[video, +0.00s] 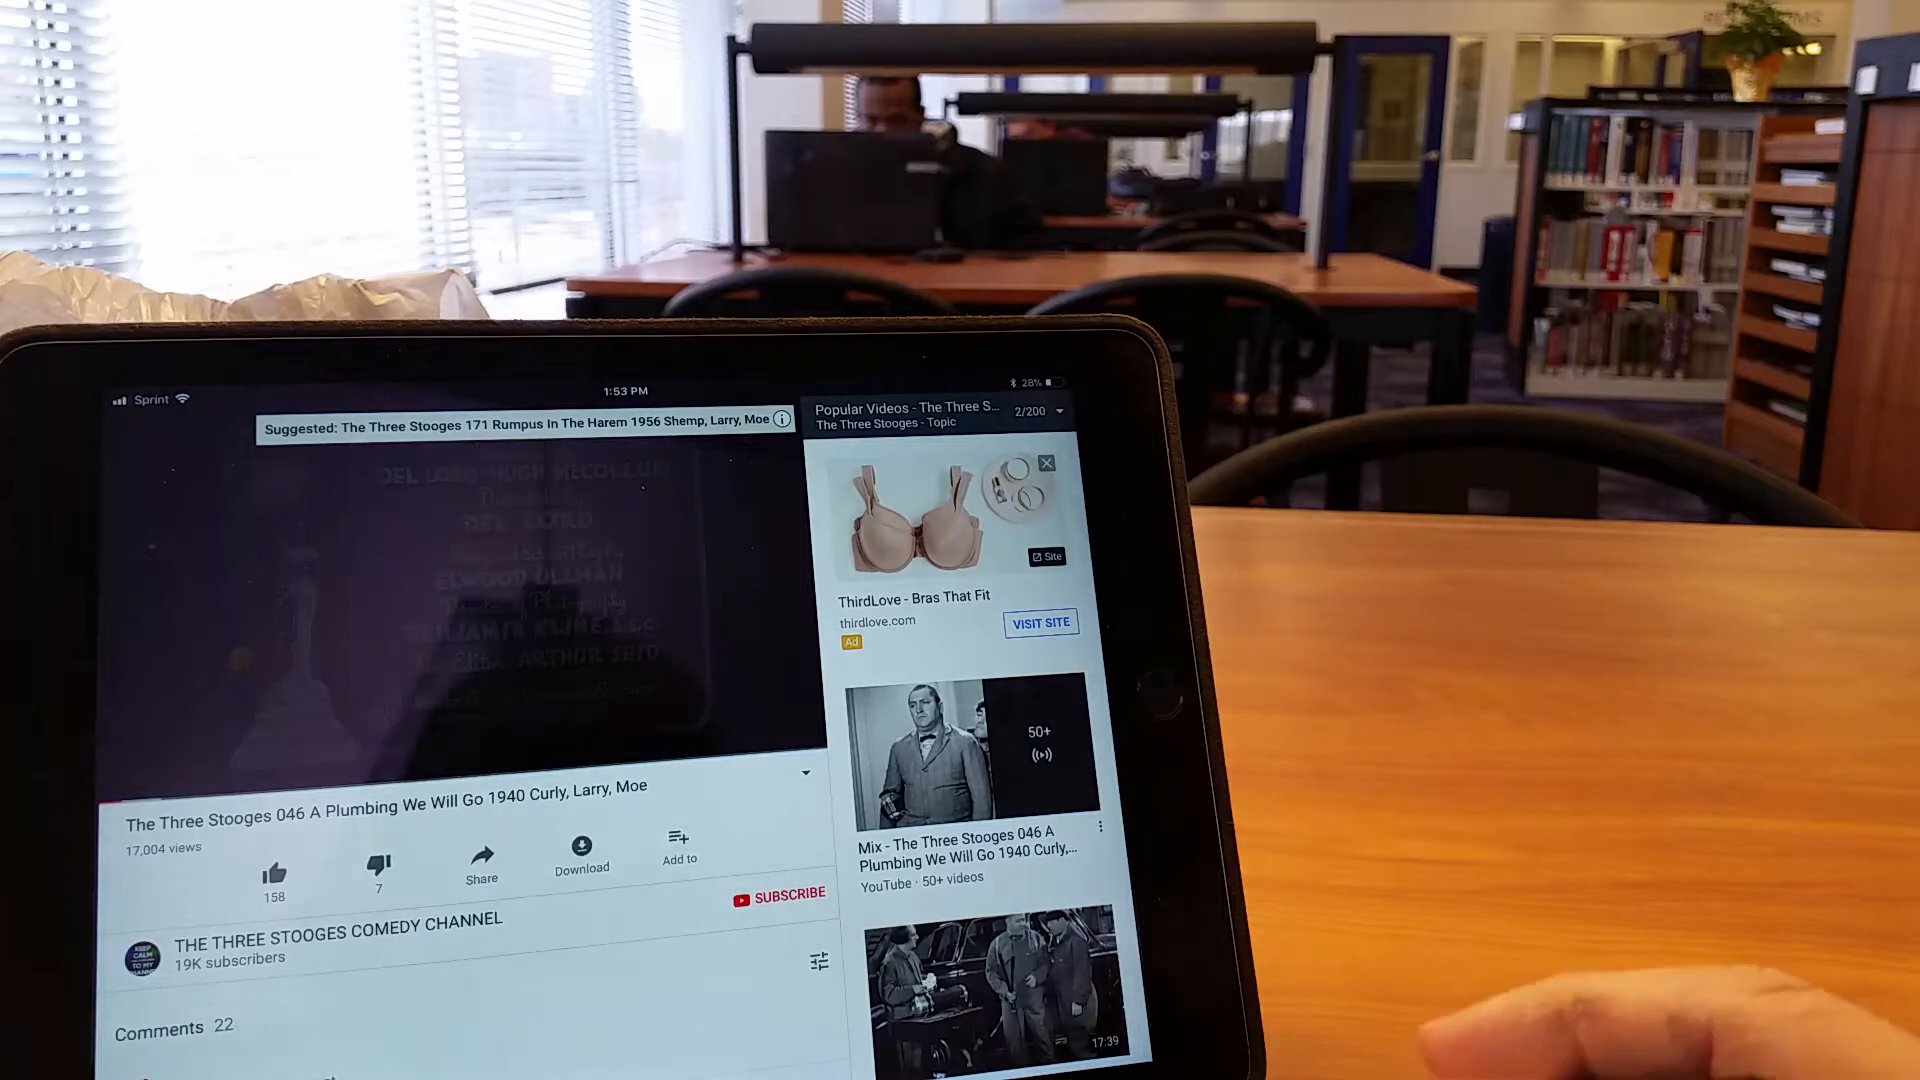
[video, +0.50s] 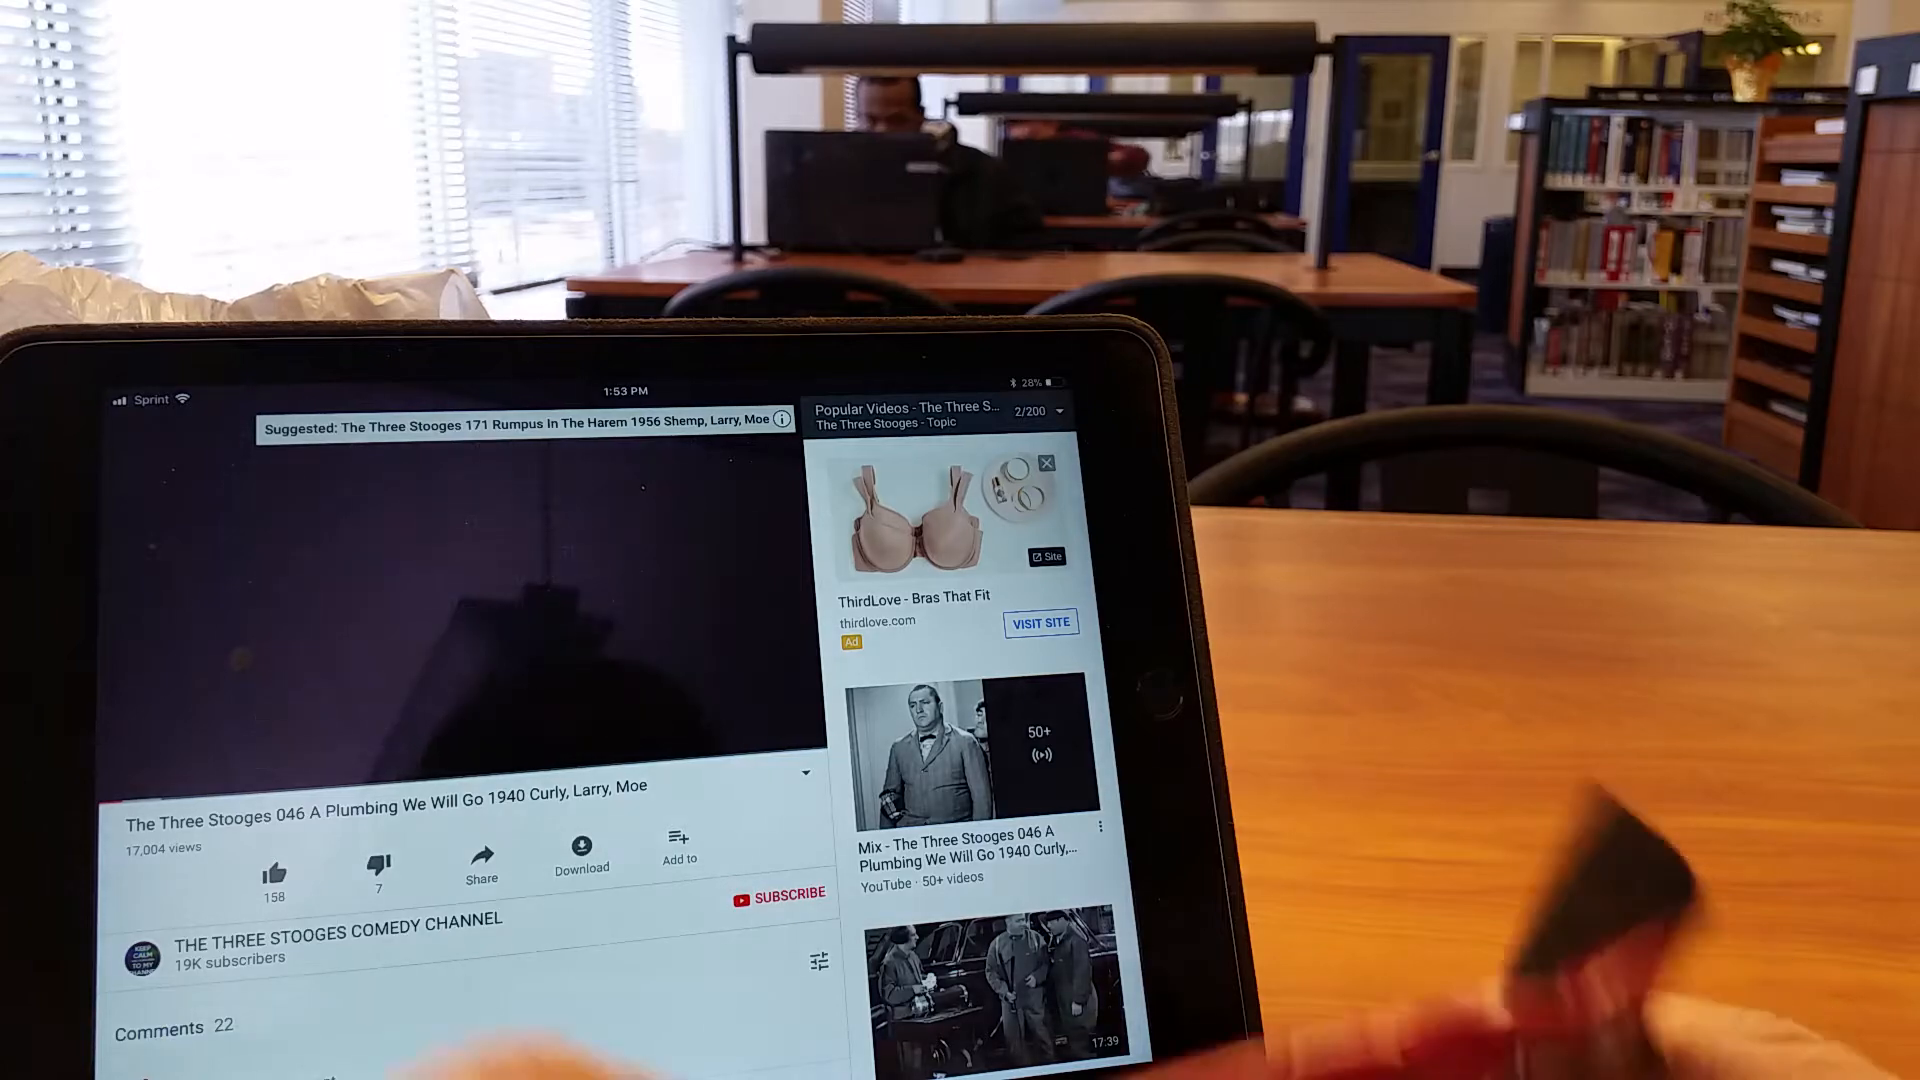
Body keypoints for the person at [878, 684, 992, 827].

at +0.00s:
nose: (919, 709)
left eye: (925, 703)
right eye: (913, 705)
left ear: (940, 707)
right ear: (909, 711)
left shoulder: (964, 742)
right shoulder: (899, 748)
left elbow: (981, 796)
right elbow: (890, 795)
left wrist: (979, 835)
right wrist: (886, 838)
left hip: (956, 832)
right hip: (911, 835)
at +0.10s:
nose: (919, 709)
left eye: (925, 703)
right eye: (913, 705)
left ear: (940, 707)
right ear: (909, 711)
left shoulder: (964, 742)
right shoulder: (899, 748)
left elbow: (981, 796)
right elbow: (890, 795)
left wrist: (979, 834)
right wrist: (886, 838)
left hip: (956, 832)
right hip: (911, 835)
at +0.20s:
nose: (919, 709)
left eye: (925, 703)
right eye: (913, 705)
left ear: (940, 707)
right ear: (909, 711)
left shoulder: (964, 742)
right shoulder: (899, 748)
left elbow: (981, 796)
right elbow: (890, 795)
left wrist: (979, 834)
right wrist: (886, 838)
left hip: (956, 832)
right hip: (911, 835)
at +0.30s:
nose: (919, 709)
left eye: (925, 703)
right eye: (913, 705)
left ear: (940, 707)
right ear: (909, 711)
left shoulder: (964, 742)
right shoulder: (899, 748)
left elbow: (981, 796)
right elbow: (890, 795)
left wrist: (979, 834)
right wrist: (886, 838)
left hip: (956, 832)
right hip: (911, 835)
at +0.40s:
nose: (919, 709)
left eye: (925, 703)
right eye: (913, 705)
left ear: (940, 707)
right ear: (909, 711)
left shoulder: (964, 742)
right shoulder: (899, 748)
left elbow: (981, 795)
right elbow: (890, 795)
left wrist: (979, 834)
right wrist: (887, 838)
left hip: (956, 832)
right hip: (911, 836)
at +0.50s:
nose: (919, 709)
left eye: (925, 703)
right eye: (913, 705)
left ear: (940, 707)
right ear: (909, 711)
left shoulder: (964, 742)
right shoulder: (899, 748)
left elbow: (981, 795)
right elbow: (890, 795)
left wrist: (979, 834)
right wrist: (887, 838)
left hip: (956, 832)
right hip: (911, 836)